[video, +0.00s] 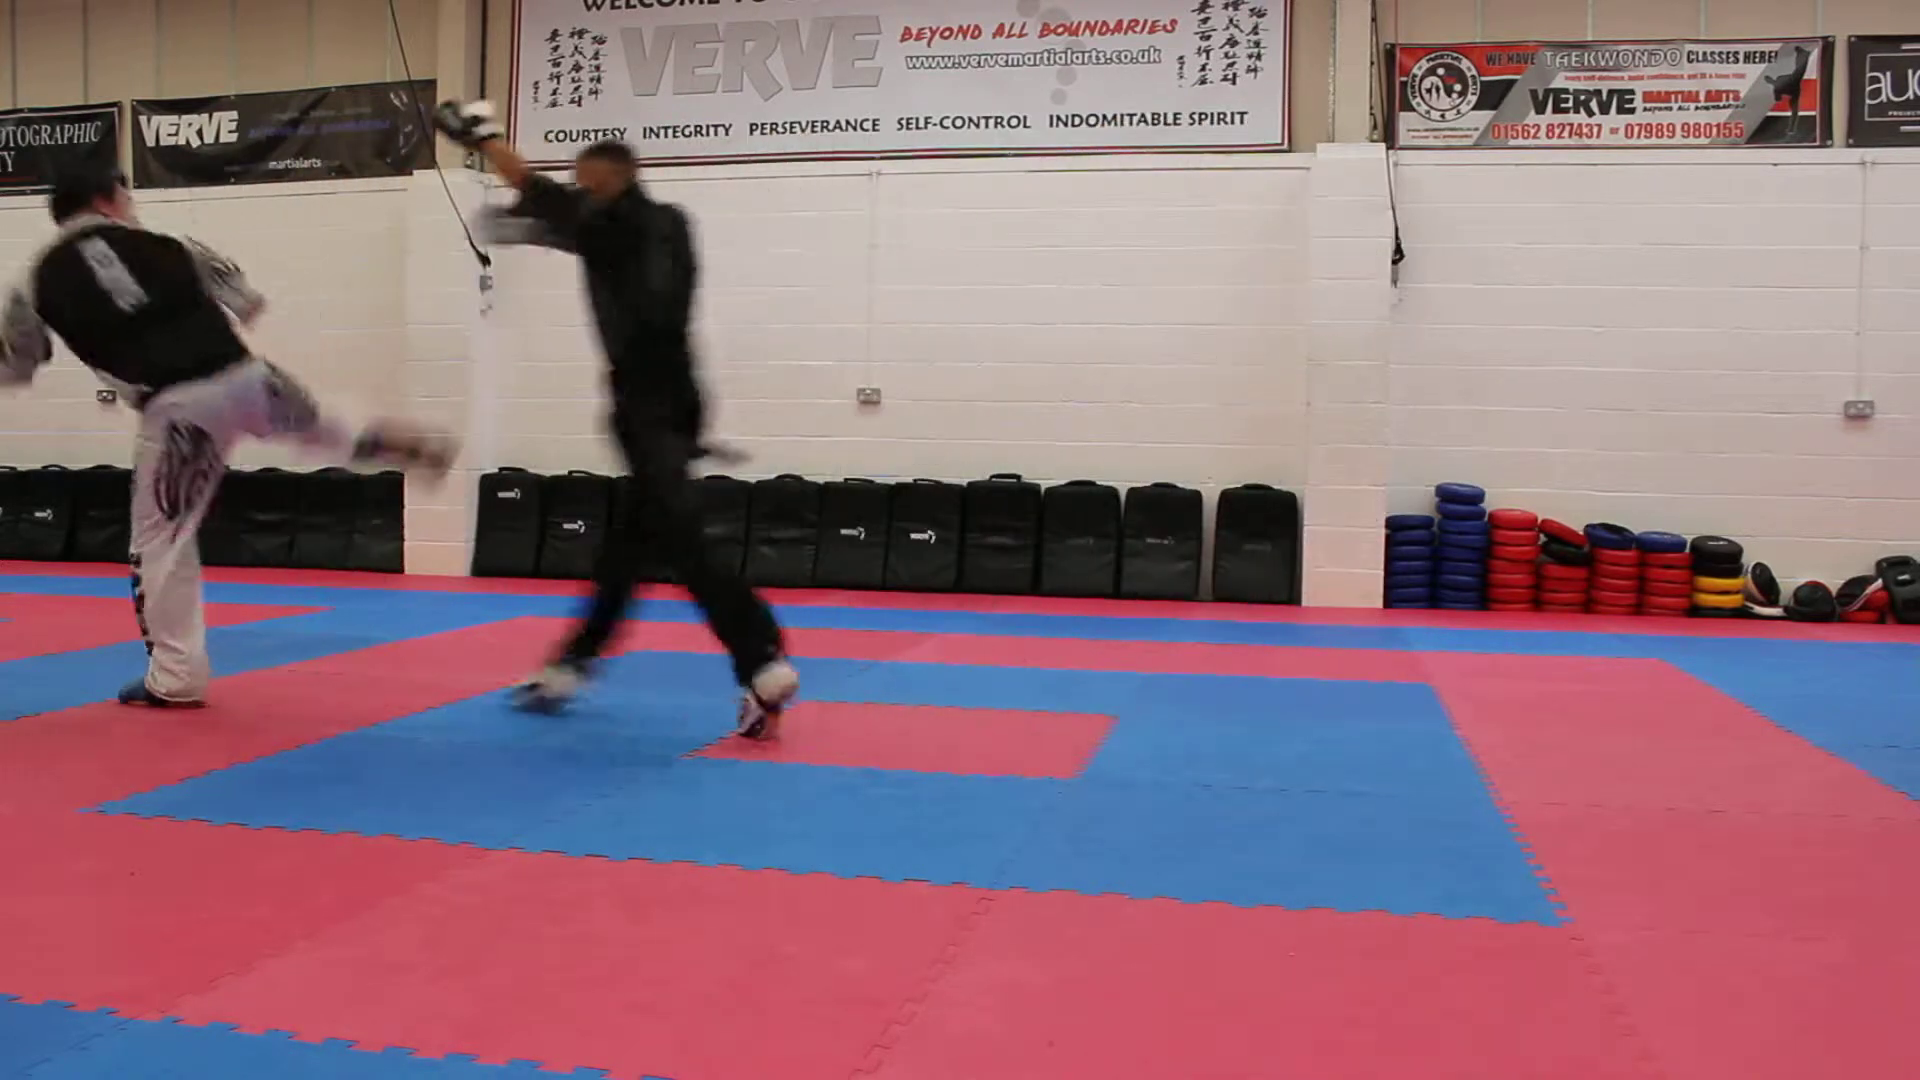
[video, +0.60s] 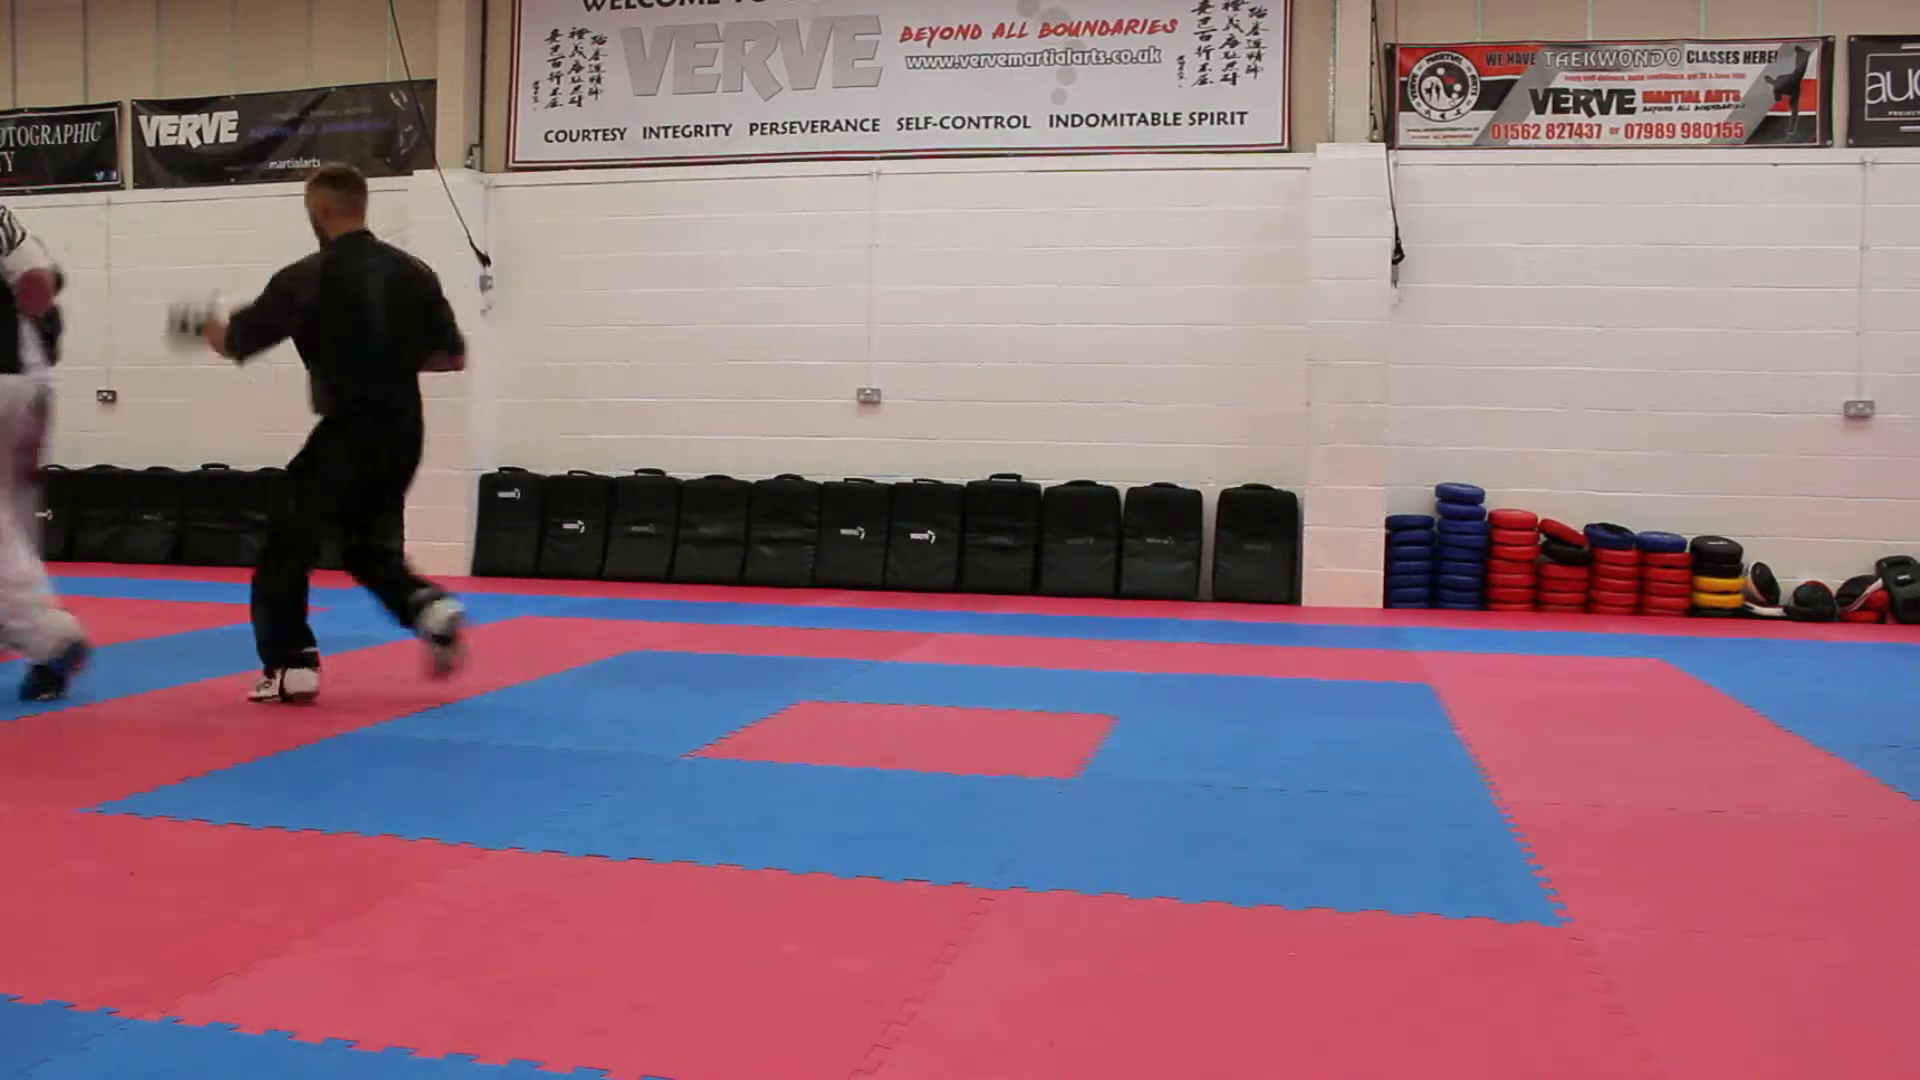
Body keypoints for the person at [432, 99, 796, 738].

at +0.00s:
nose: (582, 190)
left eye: (590, 179)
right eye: (582, 181)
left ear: (619, 174)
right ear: (603, 179)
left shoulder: (636, 222)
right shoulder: (616, 220)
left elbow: (550, 199)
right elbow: (547, 200)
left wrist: (484, 142)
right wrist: (488, 146)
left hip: (657, 408)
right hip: (651, 406)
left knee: (670, 538)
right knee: (631, 542)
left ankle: (764, 665)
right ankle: (570, 664)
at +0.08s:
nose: (543, 188)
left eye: (552, 178)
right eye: (545, 179)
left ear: (579, 182)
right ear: (580, 186)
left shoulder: (573, 229)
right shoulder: (615, 237)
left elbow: (504, 203)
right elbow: (609, 339)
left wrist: (446, 147)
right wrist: (570, 410)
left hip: (603, 411)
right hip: (610, 408)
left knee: (597, 541)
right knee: (561, 535)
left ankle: (697, 645)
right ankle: (540, 674)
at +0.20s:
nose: (478, 173)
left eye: (486, 164)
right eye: (479, 164)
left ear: (510, 167)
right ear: (528, 170)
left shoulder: (499, 214)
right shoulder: (554, 217)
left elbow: (418, 184)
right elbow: (473, 218)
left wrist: (377, 154)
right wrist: (411, 213)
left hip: (546, 396)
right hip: (583, 394)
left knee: (495, 530)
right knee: (551, 530)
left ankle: (555, 632)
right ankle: (538, 672)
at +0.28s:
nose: (436, 159)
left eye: (442, 150)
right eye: (439, 150)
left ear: (459, 155)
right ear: (488, 157)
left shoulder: (451, 203)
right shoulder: (514, 202)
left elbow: (366, 177)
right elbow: (422, 210)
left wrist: (308, 149)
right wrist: (351, 223)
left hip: (504, 382)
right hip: (556, 379)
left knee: (449, 508)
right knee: (553, 517)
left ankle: (460, 641)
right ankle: (547, 654)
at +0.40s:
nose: (379, 180)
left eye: (384, 172)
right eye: (379, 172)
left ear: (400, 166)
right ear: (429, 162)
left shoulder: (387, 213)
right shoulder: (464, 210)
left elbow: (307, 217)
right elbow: (373, 232)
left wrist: (257, 183)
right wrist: (313, 245)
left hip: (441, 400)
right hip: (495, 396)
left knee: (394, 524)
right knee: (503, 524)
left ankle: (328, 640)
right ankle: (530, 638)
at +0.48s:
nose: (346, 193)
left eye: (349, 184)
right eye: (349, 183)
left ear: (356, 187)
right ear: (395, 188)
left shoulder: (344, 246)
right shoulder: (436, 249)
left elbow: (240, 263)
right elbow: (437, 327)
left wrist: (230, 221)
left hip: (387, 430)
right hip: (444, 428)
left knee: (333, 538)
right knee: (441, 543)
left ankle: (304, 668)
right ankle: (507, 626)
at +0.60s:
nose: (312, 219)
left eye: (313, 210)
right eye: (313, 209)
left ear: (321, 212)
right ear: (363, 209)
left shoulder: (309, 278)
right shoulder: (411, 272)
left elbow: (239, 339)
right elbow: (449, 355)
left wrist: (209, 327)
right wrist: (384, 352)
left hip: (344, 437)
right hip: (402, 437)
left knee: (284, 542)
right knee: (365, 547)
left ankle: (291, 665)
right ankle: (428, 611)